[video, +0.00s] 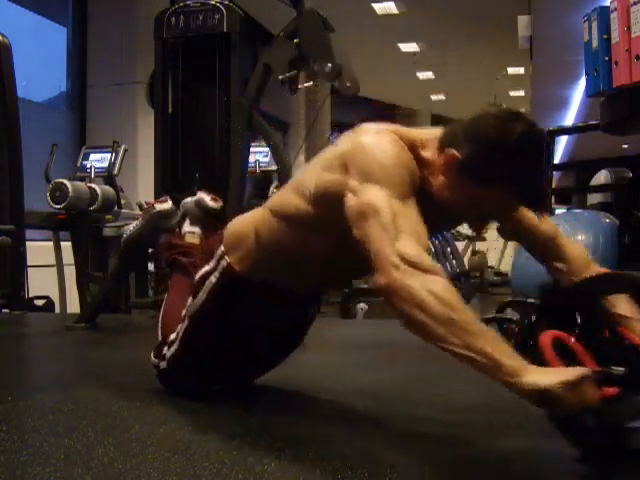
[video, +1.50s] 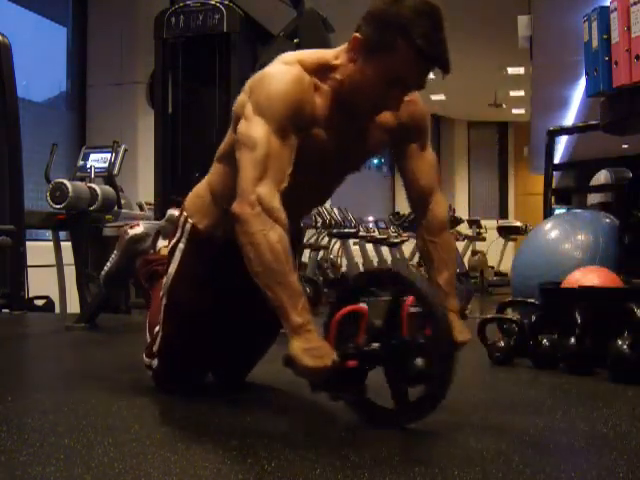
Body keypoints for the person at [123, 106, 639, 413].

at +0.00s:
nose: (475, 220)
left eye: (488, 214)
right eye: (476, 208)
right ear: (452, 167)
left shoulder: (467, 166)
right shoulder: (376, 156)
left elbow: (547, 240)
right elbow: (404, 279)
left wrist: (608, 297)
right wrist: (522, 374)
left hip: (300, 296)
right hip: (244, 283)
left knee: (231, 375)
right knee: (180, 375)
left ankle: (206, 243)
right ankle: (182, 257)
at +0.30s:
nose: (547, 302)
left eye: (562, 295)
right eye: (551, 291)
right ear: (520, 247)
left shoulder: (522, 214)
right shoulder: (447, 229)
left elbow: (617, 284)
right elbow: (515, 336)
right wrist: (636, 386)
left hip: (319, 318)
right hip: (275, 310)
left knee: (244, 375)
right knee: (184, 367)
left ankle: (219, 259)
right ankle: (198, 253)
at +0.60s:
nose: (542, 324)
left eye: (556, 323)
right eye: (546, 315)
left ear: (526, 268)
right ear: (525, 276)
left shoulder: (529, 241)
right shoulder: (458, 255)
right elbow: (520, 358)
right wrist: (638, 396)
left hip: (318, 330)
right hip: (272, 327)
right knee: (185, 364)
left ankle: (238, 233)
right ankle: (212, 240)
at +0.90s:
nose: (510, 248)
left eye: (523, 241)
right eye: (514, 234)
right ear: (488, 191)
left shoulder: (502, 187)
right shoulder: (412, 179)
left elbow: (608, 261)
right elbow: (458, 295)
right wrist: (600, 373)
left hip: (311, 311)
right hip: (258, 300)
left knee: (237, 375)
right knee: (184, 372)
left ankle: (237, 256)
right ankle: (200, 262)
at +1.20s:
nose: (461, 150)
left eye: (470, 135)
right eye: (454, 131)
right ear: (409, 95)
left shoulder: (439, 120)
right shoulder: (337, 106)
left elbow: (502, 216)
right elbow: (336, 226)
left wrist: (548, 312)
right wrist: (422, 343)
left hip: (294, 276)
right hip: (233, 262)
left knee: (228, 379)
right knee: (179, 377)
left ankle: (199, 237)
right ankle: (165, 248)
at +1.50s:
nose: (399, 98)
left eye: (409, 88)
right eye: (394, 82)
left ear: (419, 80)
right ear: (354, 51)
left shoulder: (405, 111)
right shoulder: (283, 86)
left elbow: (431, 206)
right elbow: (254, 208)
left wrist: (448, 308)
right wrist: (302, 330)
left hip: (275, 250)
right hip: (209, 241)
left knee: (229, 378)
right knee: (172, 377)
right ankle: (156, 268)